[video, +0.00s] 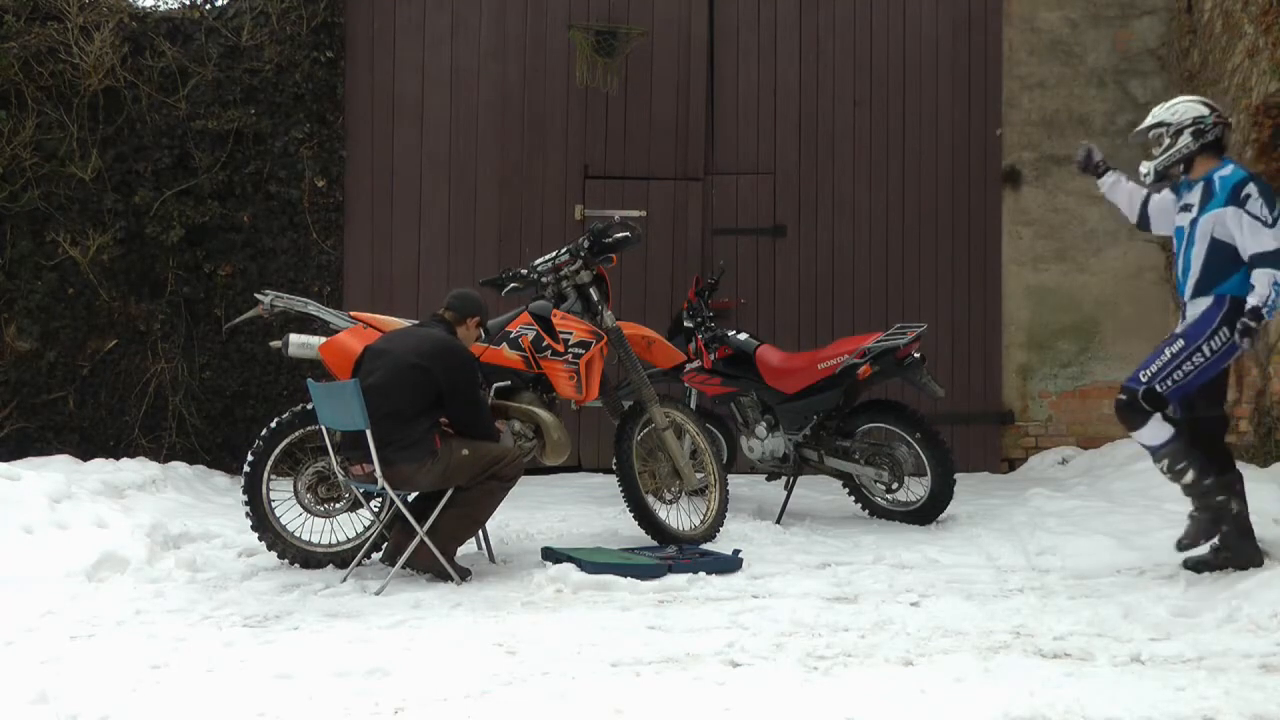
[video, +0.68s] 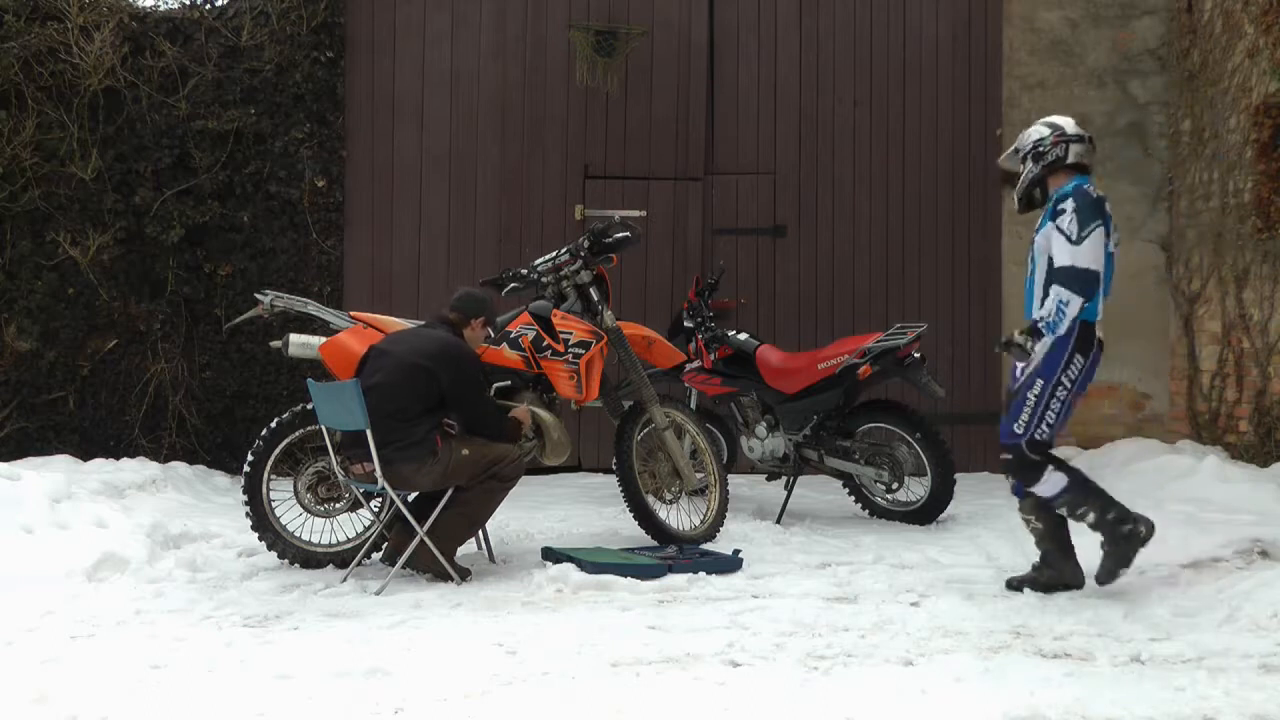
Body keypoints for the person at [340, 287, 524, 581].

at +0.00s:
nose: (478, 337)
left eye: (480, 330)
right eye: (479, 328)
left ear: (442, 314)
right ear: (469, 322)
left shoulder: (393, 337)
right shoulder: (454, 353)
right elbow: (476, 429)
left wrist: (436, 424)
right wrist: (496, 434)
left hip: (357, 456)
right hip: (401, 463)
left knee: (464, 454)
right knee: (507, 462)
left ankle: (403, 543)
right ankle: (434, 551)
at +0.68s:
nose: (487, 336)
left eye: (489, 328)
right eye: (487, 327)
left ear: (449, 315)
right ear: (475, 323)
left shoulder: (400, 337)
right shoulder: (458, 355)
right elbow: (480, 422)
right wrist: (515, 420)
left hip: (358, 455)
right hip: (402, 461)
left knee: (463, 453)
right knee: (508, 462)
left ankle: (402, 543)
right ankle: (435, 551)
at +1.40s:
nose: (492, 345)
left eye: (495, 339)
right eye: (494, 338)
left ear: (459, 317)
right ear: (484, 329)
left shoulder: (405, 337)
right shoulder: (461, 357)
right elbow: (493, 429)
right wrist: (514, 420)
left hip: (357, 456)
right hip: (401, 461)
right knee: (508, 464)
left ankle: (402, 543)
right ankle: (435, 551)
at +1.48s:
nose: (492, 345)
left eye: (495, 339)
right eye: (493, 337)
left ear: (459, 317)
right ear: (483, 329)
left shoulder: (404, 337)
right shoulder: (461, 357)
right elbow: (486, 424)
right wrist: (516, 421)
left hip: (357, 456)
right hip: (400, 461)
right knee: (508, 464)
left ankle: (402, 543)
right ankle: (435, 550)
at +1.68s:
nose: (492, 344)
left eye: (495, 338)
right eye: (493, 336)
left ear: (460, 317)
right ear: (483, 328)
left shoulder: (404, 337)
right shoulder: (462, 357)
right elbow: (485, 423)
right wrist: (516, 422)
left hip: (357, 456)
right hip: (401, 461)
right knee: (508, 464)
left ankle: (401, 543)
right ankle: (435, 550)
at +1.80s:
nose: (491, 346)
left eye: (494, 339)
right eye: (493, 337)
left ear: (458, 318)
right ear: (483, 329)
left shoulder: (404, 337)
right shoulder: (462, 358)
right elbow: (489, 427)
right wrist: (515, 419)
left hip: (357, 456)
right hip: (400, 461)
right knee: (508, 464)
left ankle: (402, 543)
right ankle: (435, 550)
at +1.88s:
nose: (491, 346)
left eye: (494, 339)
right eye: (493, 337)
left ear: (458, 317)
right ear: (483, 329)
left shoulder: (404, 337)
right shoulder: (462, 358)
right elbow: (489, 426)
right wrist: (515, 418)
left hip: (357, 456)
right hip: (400, 462)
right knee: (508, 463)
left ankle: (402, 543)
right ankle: (435, 551)